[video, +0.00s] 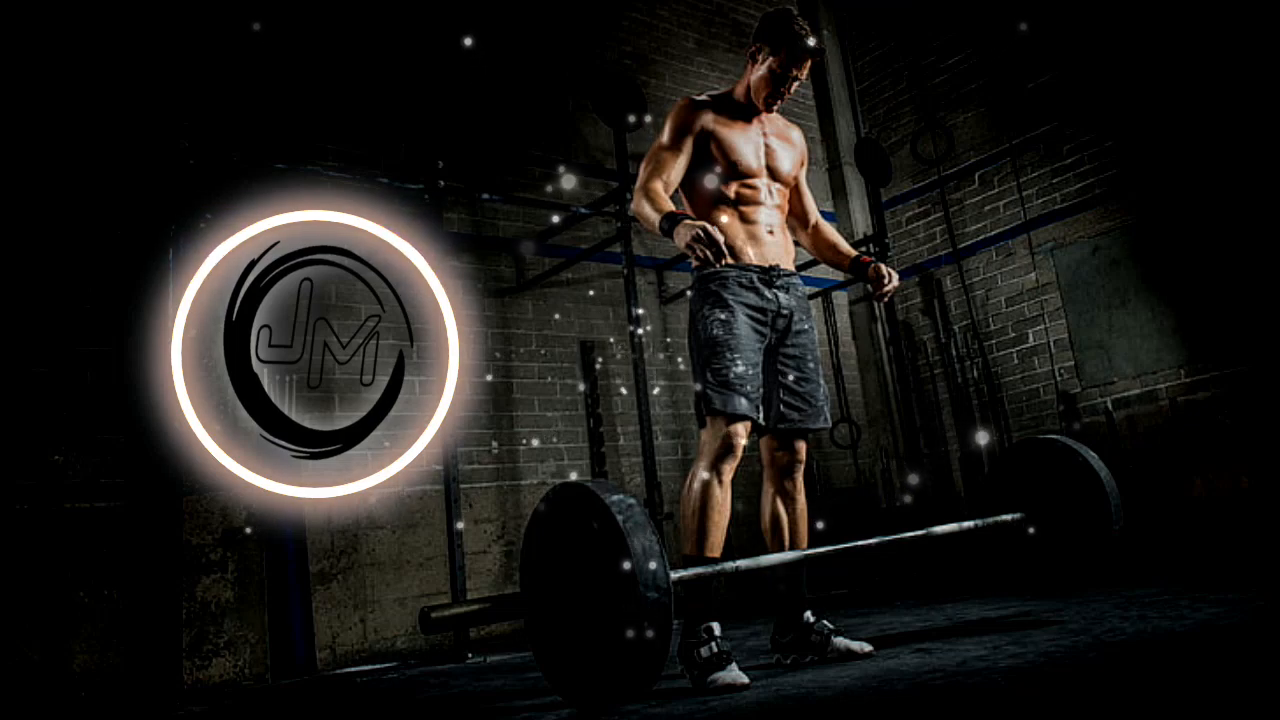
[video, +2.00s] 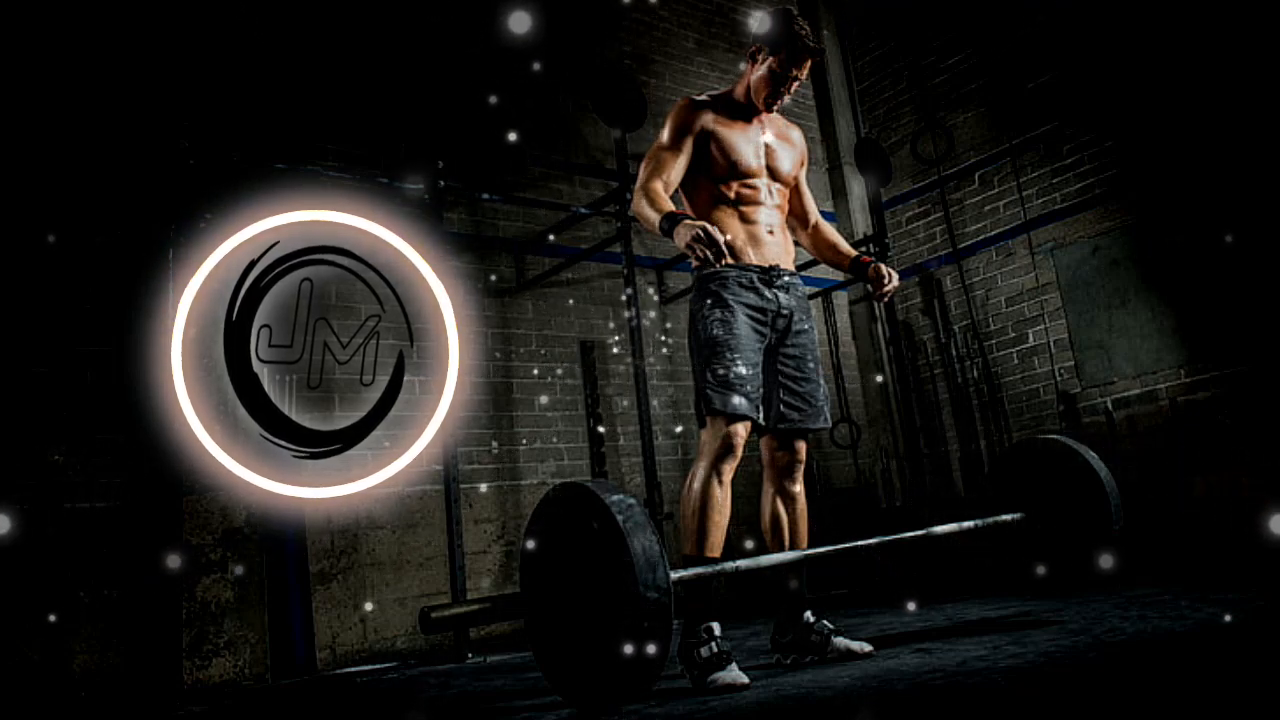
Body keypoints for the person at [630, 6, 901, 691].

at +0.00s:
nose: (791, 87)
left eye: (801, 77)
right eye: (788, 71)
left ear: (803, 76)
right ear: (757, 57)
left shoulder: (792, 137)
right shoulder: (697, 115)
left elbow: (809, 225)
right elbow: (644, 200)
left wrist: (860, 264)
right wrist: (677, 227)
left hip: (790, 297)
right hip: (730, 292)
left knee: (790, 456)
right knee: (729, 440)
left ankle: (797, 625)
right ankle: (699, 634)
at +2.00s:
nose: (790, 90)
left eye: (801, 79)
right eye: (787, 73)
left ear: (803, 76)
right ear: (756, 57)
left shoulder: (792, 136)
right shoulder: (697, 115)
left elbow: (808, 224)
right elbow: (645, 197)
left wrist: (860, 264)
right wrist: (677, 225)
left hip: (790, 297)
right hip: (731, 292)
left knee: (790, 455)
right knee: (730, 437)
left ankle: (796, 624)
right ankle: (698, 633)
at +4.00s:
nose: (789, 92)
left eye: (799, 82)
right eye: (785, 76)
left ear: (801, 77)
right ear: (756, 59)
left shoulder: (792, 136)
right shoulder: (697, 115)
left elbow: (809, 225)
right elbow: (645, 199)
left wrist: (860, 265)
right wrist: (676, 225)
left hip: (790, 296)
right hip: (730, 291)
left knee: (790, 453)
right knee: (728, 438)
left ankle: (797, 623)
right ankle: (698, 633)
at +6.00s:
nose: (789, 89)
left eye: (799, 79)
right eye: (787, 73)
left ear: (801, 76)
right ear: (756, 57)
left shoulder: (792, 137)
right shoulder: (698, 115)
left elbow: (808, 224)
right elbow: (646, 197)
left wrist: (860, 264)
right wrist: (675, 226)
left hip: (790, 297)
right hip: (730, 293)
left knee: (790, 455)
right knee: (730, 438)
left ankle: (797, 624)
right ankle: (699, 634)